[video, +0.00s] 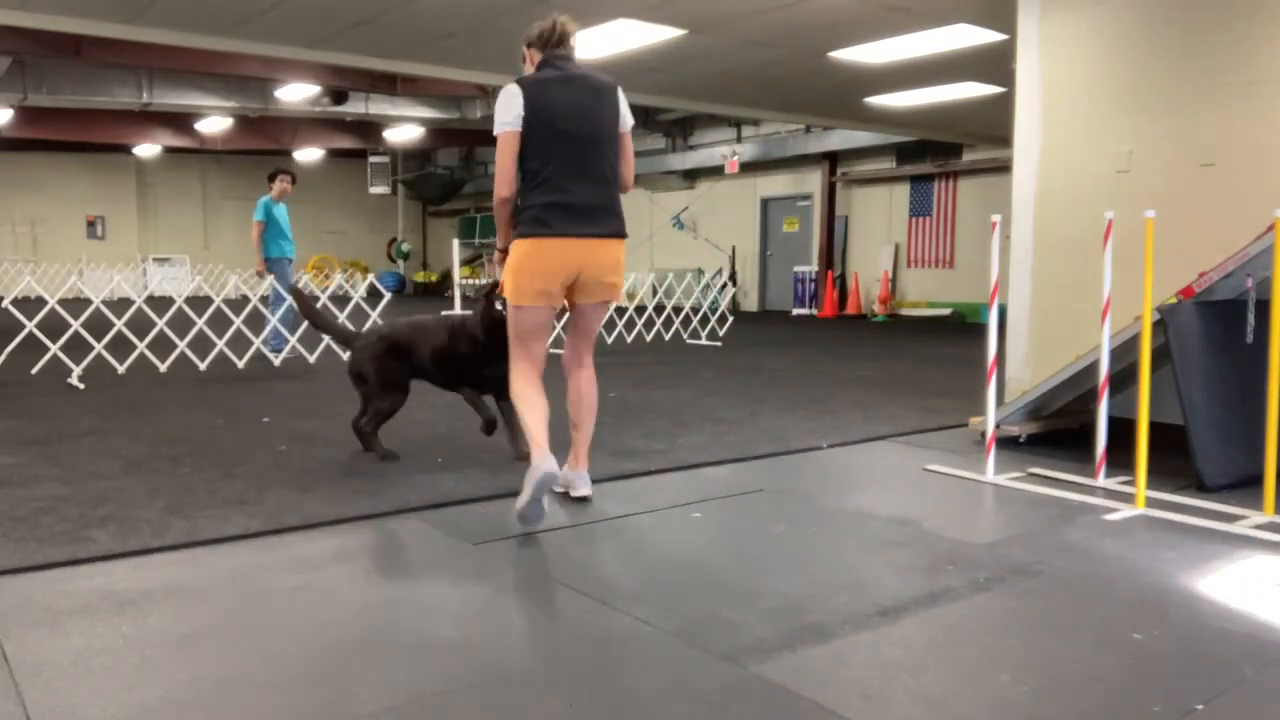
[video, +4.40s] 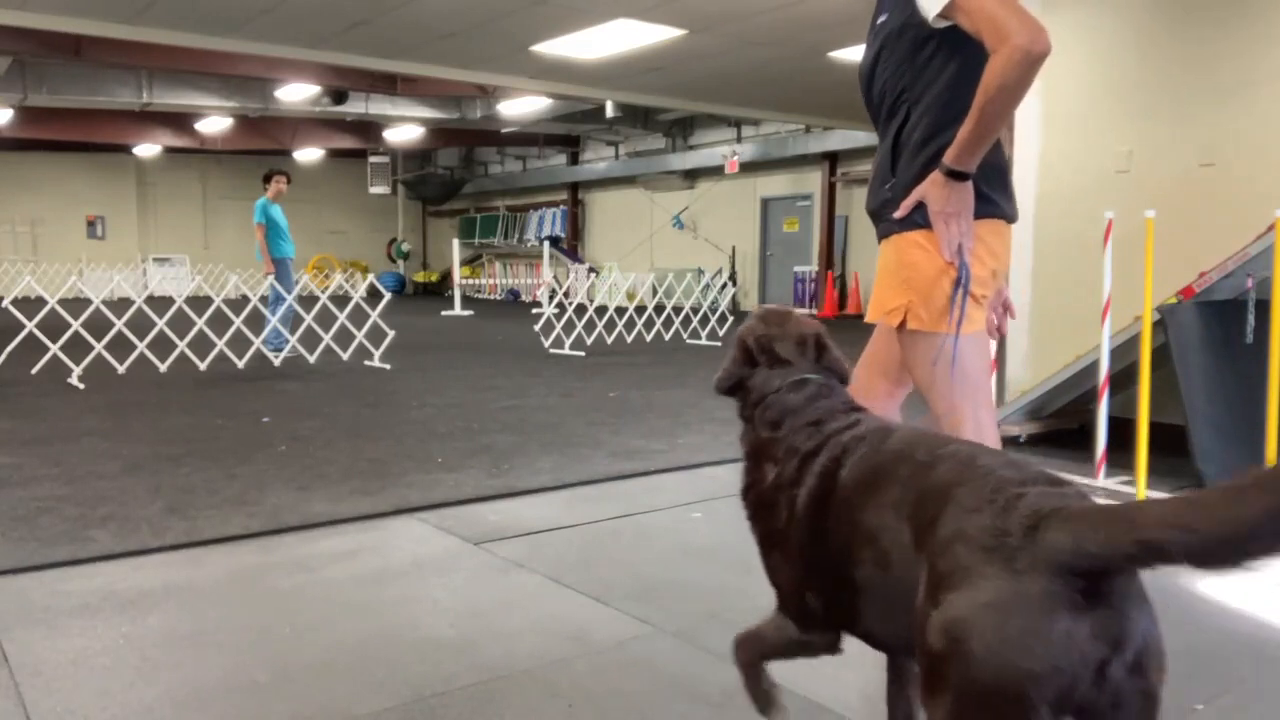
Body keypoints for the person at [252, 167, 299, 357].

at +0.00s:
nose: (285, 186)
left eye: (289, 183)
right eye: (282, 181)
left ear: (291, 187)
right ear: (272, 184)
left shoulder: (283, 206)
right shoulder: (264, 203)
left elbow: (283, 232)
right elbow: (257, 232)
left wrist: (290, 255)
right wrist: (259, 261)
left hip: (287, 256)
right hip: (275, 256)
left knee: (279, 299)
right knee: (284, 298)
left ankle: (274, 340)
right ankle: (277, 342)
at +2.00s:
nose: (280, 185)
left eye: (283, 182)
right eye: (276, 181)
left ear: (286, 186)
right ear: (267, 184)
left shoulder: (276, 206)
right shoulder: (260, 204)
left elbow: (280, 232)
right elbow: (258, 233)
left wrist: (287, 256)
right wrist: (264, 261)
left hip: (285, 256)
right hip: (276, 257)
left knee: (278, 299)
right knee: (283, 298)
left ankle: (275, 341)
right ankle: (276, 343)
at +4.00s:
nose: (282, 187)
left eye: (285, 184)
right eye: (278, 183)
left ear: (287, 188)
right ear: (269, 185)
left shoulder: (276, 207)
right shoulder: (262, 204)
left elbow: (279, 233)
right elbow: (260, 234)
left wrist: (288, 256)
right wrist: (266, 262)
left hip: (286, 256)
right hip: (277, 257)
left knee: (276, 299)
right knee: (286, 299)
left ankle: (272, 340)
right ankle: (276, 342)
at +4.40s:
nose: (282, 186)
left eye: (285, 183)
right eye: (278, 182)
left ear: (287, 187)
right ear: (269, 184)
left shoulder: (276, 207)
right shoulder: (262, 204)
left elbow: (279, 233)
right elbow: (260, 235)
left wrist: (287, 256)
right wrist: (267, 262)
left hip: (285, 256)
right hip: (278, 257)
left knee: (276, 299)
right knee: (288, 299)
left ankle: (272, 340)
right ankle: (277, 341)